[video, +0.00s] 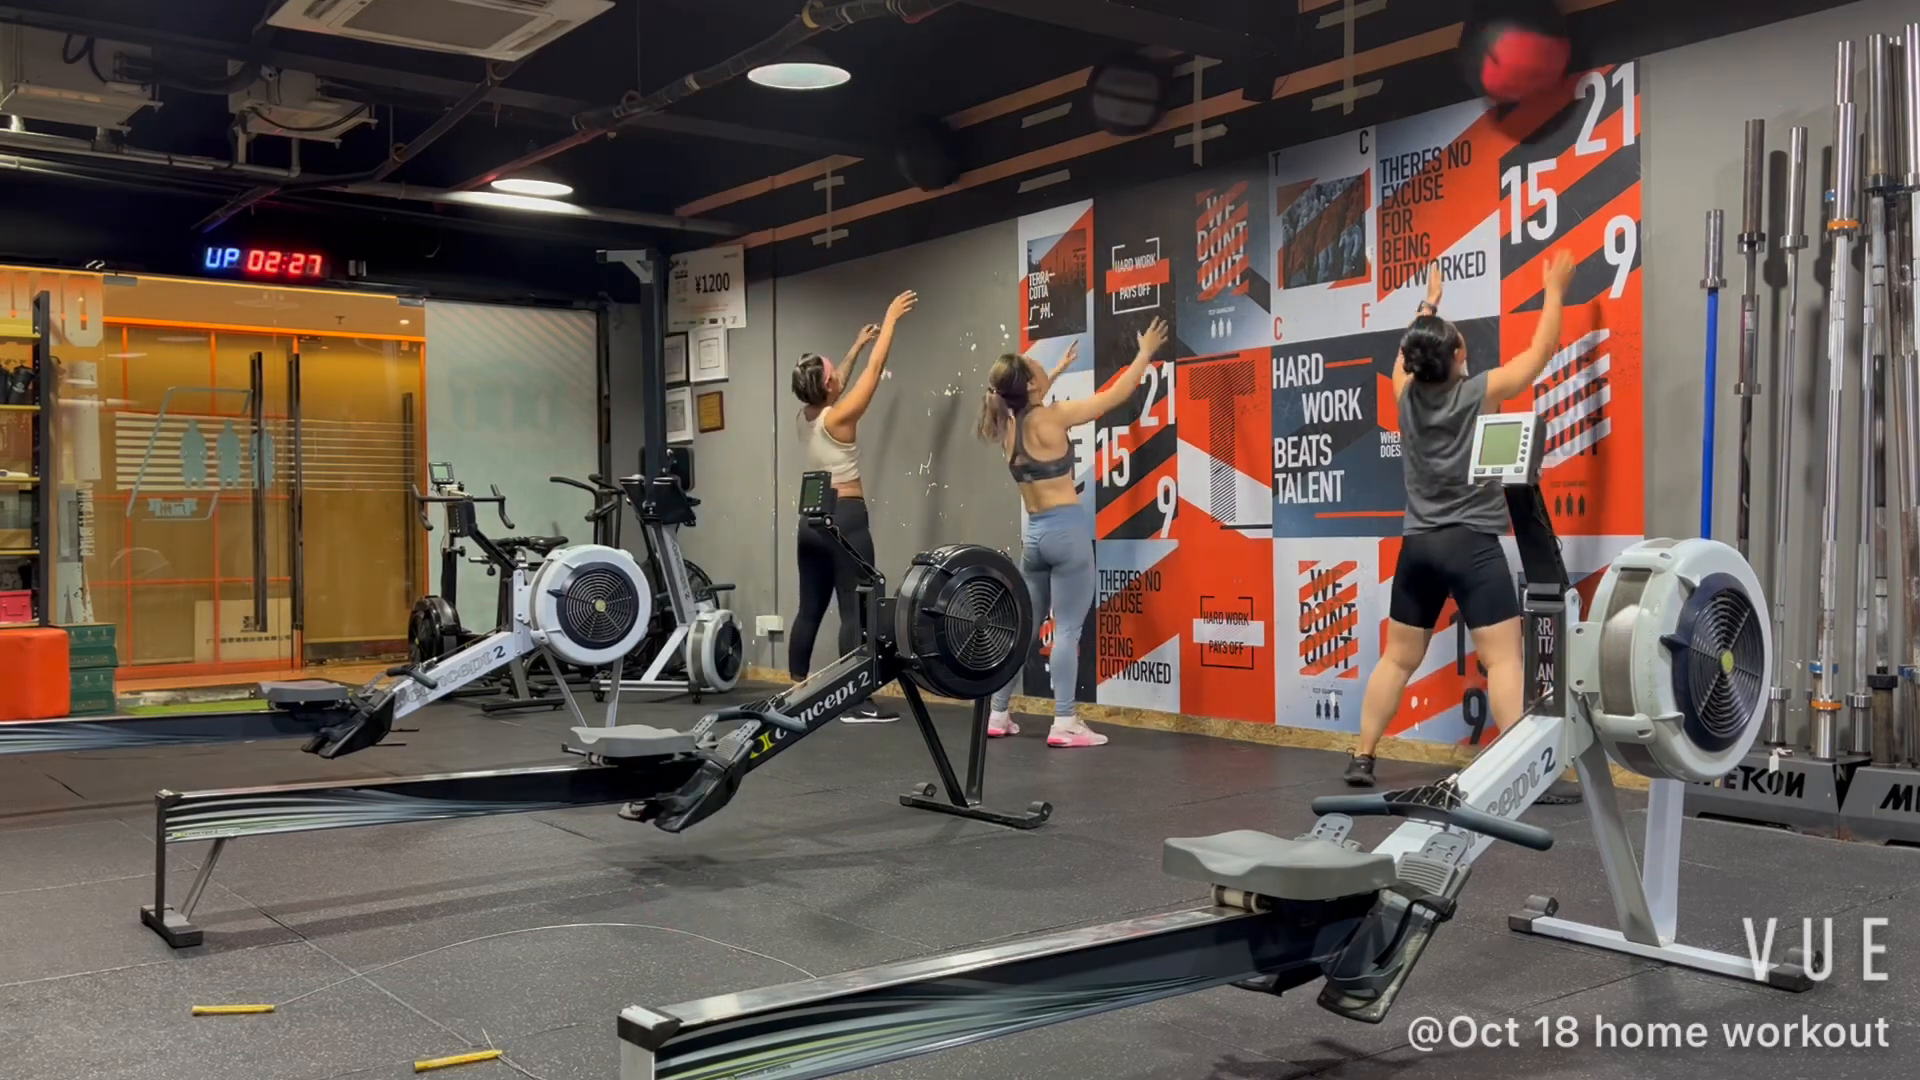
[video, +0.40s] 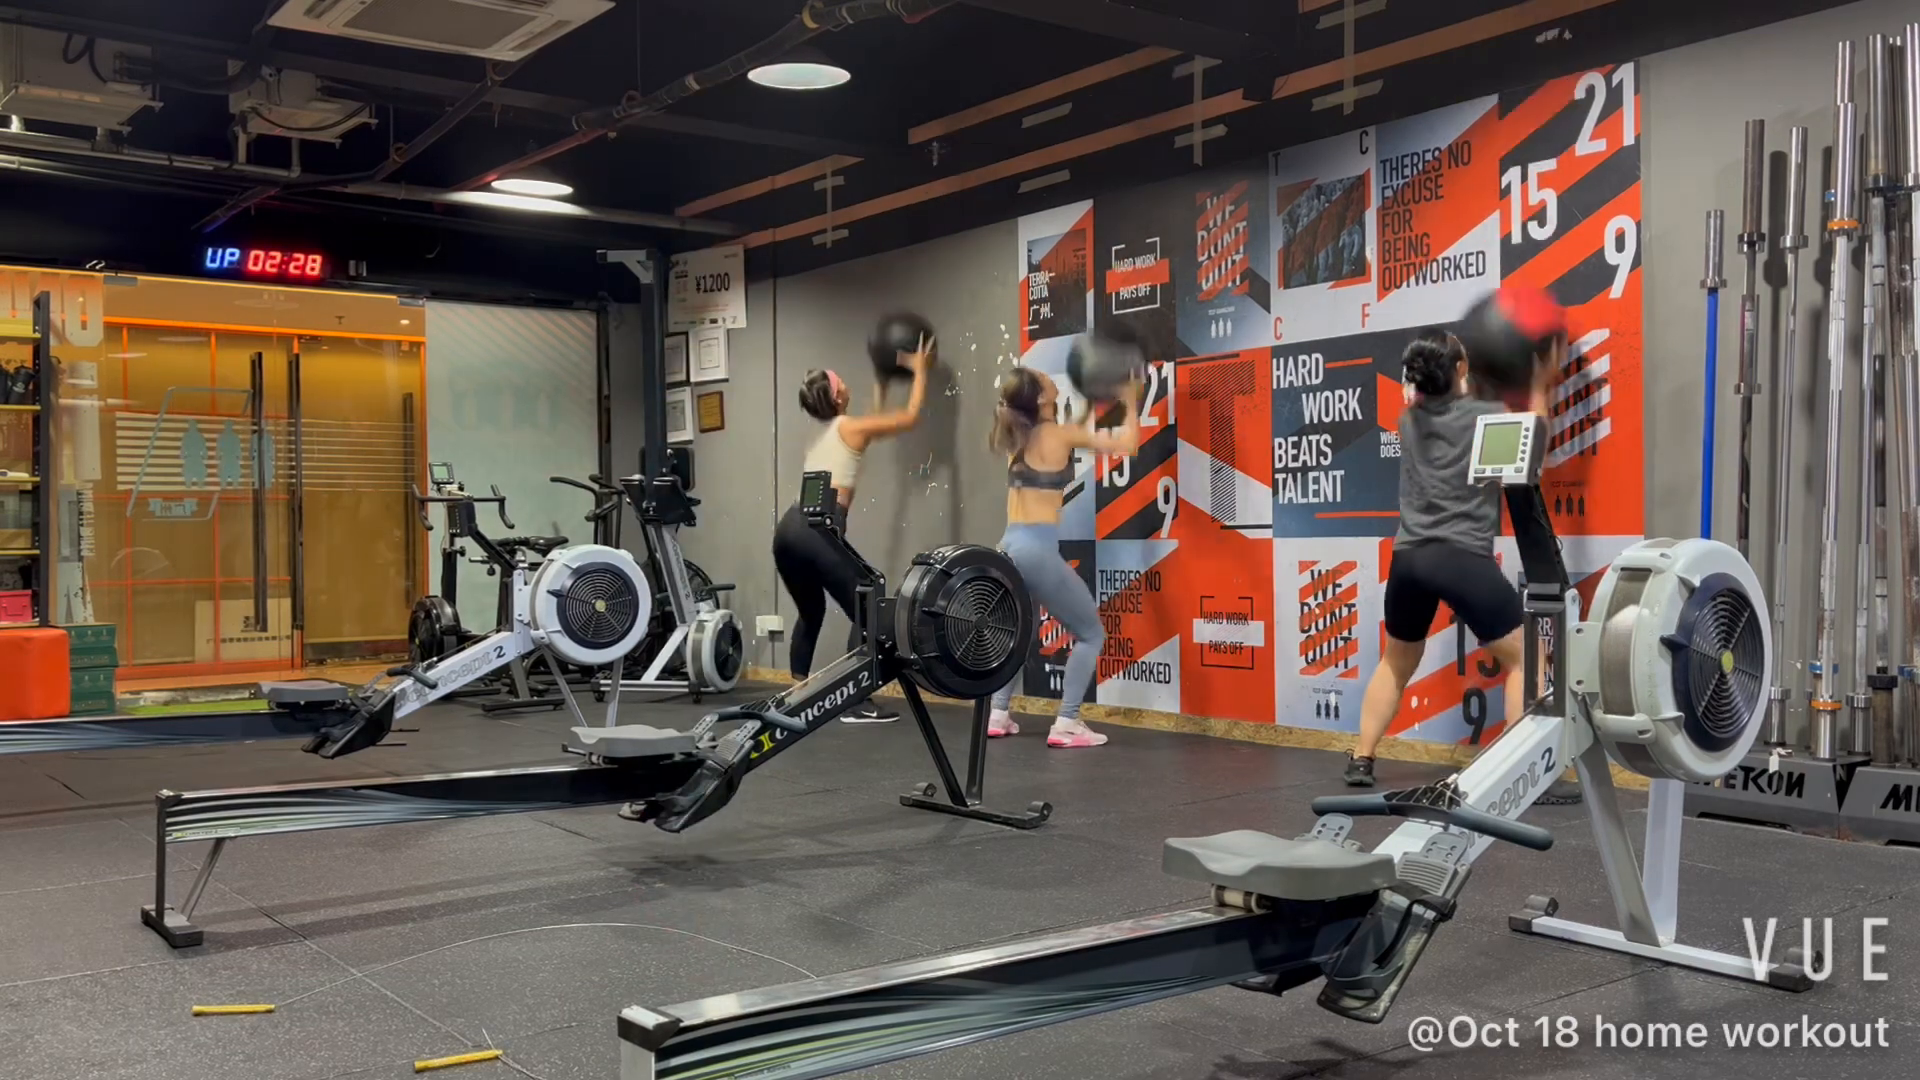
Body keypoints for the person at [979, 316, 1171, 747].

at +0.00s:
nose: (1043, 378)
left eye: (1040, 374)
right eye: (1038, 374)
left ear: (1014, 393)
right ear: (1031, 387)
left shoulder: (1012, 425)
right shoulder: (1055, 415)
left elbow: (1036, 400)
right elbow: (1117, 394)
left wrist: (1059, 369)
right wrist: (1145, 352)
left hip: (1034, 529)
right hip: (1067, 527)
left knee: (1022, 624)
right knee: (1067, 629)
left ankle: (997, 713)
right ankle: (1065, 722)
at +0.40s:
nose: (1054, 385)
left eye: (1049, 381)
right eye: (1048, 384)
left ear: (1024, 404)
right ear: (1041, 400)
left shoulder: (1021, 435)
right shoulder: (1061, 432)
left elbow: (1071, 445)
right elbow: (1127, 444)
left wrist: (1089, 418)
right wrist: (1131, 401)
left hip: (1010, 545)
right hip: (1038, 549)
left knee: (1015, 629)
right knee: (1091, 634)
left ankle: (997, 714)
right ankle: (1067, 722)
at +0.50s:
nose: (1057, 417)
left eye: (1052, 412)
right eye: (1051, 416)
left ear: (1026, 436)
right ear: (1046, 435)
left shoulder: (1017, 465)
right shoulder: (1064, 469)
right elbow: (1118, 507)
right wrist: (1129, 469)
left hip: (1006, 571)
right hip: (1035, 577)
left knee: (1020, 638)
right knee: (1105, 641)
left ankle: (997, 714)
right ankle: (1068, 724)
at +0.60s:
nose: (1059, 450)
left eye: (1054, 448)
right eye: (1054, 452)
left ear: (1027, 472)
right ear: (1048, 470)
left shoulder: (1019, 503)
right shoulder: (1066, 508)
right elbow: (1115, 554)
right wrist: (1124, 513)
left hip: (1001, 606)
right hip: (1034, 613)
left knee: (1022, 640)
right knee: (1115, 650)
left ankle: (997, 715)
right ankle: (1069, 724)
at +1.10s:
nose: (1055, 430)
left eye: (1048, 428)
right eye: (1049, 432)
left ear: (1027, 456)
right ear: (1046, 451)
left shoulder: (1022, 483)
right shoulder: (1069, 485)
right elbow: (1122, 524)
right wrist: (1122, 488)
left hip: (1005, 582)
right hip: (1038, 589)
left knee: (1033, 644)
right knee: (1106, 648)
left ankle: (999, 715)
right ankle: (1069, 724)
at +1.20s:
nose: (1052, 395)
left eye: (1046, 392)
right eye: (1046, 395)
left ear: (1025, 417)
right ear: (1042, 411)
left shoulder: (1020, 447)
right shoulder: (1067, 443)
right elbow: (1124, 475)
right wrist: (1123, 439)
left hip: (1014, 553)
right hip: (1045, 557)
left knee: (1022, 635)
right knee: (1102, 638)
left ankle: (1001, 711)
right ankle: (1069, 722)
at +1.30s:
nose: (1045, 359)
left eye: (1040, 357)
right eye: (1040, 358)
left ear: (1017, 381)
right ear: (1039, 373)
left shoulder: (1019, 412)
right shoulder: (1066, 403)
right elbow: (1128, 409)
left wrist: (1059, 371)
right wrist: (1126, 369)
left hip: (1025, 514)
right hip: (1056, 516)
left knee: (1019, 612)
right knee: (1087, 614)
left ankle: (1002, 694)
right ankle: (1074, 709)